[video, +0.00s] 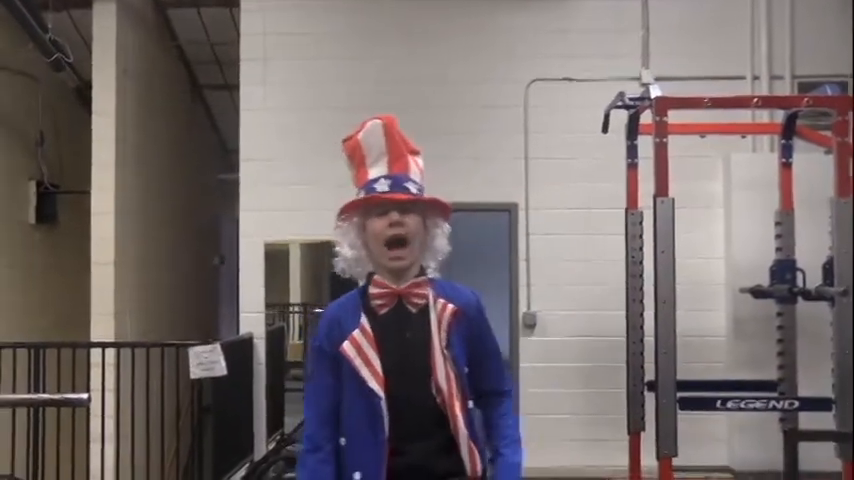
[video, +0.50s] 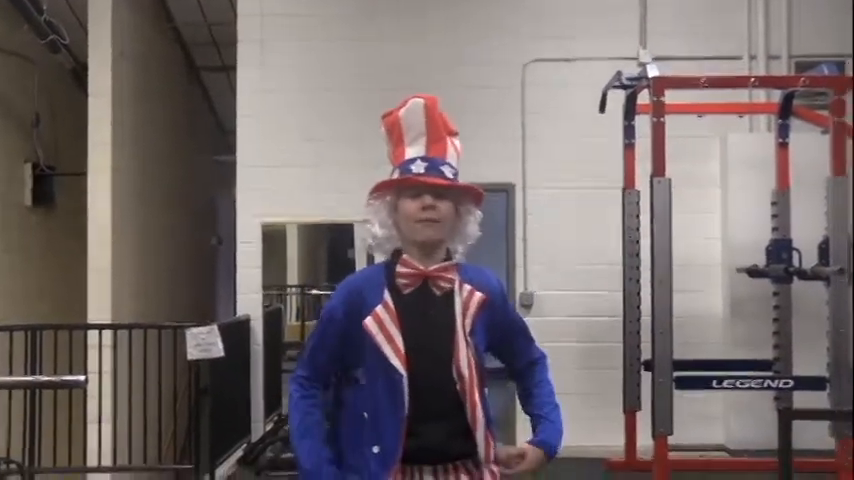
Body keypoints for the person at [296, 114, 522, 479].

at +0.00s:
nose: (395, 220)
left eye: (407, 210)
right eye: (380, 212)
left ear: (427, 226)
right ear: (361, 231)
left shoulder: (463, 308)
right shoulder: (336, 322)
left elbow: (496, 398)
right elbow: (319, 435)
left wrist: (506, 471)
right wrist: (318, 475)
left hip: (454, 470)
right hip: (375, 472)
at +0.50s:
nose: (428, 203)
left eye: (440, 194)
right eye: (413, 194)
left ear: (459, 211)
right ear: (392, 209)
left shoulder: (482, 287)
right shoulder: (359, 291)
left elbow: (529, 362)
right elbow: (307, 381)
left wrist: (545, 439)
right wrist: (319, 469)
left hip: (468, 469)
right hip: (384, 469)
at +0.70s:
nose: (407, 173)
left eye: (420, 164)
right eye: (393, 163)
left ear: (438, 180)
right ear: (371, 178)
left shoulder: (460, 261)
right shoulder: (333, 261)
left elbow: (505, 331)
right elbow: (286, 344)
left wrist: (510, 405)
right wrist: (290, 439)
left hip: (435, 456)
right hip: (349, 459)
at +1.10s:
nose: (370, 130)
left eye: (385, 119)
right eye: (358, 115)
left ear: (404, 133)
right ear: (337, 126)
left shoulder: (430, 214)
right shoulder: (299, 210)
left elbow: (479, 284)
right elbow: (269, 309)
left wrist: (490, 353)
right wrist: (252, 405)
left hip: (397, 408)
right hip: (314, 407)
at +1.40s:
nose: (348, 108)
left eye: (362, 99)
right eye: (335, 95)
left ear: (378, 115)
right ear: (312, 106)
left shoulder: (405, 198)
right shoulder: (274, 199)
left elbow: (449, 275)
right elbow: (254, 309)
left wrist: (441, 344)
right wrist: (249, 405)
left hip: (376, 395)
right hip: (295, 394)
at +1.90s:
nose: (318, 120)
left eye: (331, 110)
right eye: (304, 109)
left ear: (349, 126)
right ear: (283, 122)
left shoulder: (384, 195)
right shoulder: (267, 218)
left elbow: (446, 281)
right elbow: (258, 325)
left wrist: (423, 374)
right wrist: (204, 399)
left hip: (376, 405)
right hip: (297, 409)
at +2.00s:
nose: (325, 120)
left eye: (337, 111)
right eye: (311, 109)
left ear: (353, 125)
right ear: (288, 123)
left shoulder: (389, 195)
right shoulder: (278, 212)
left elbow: (453, 284)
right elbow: (260, 306)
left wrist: (436, 383)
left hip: (381, 405)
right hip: (302, 406)